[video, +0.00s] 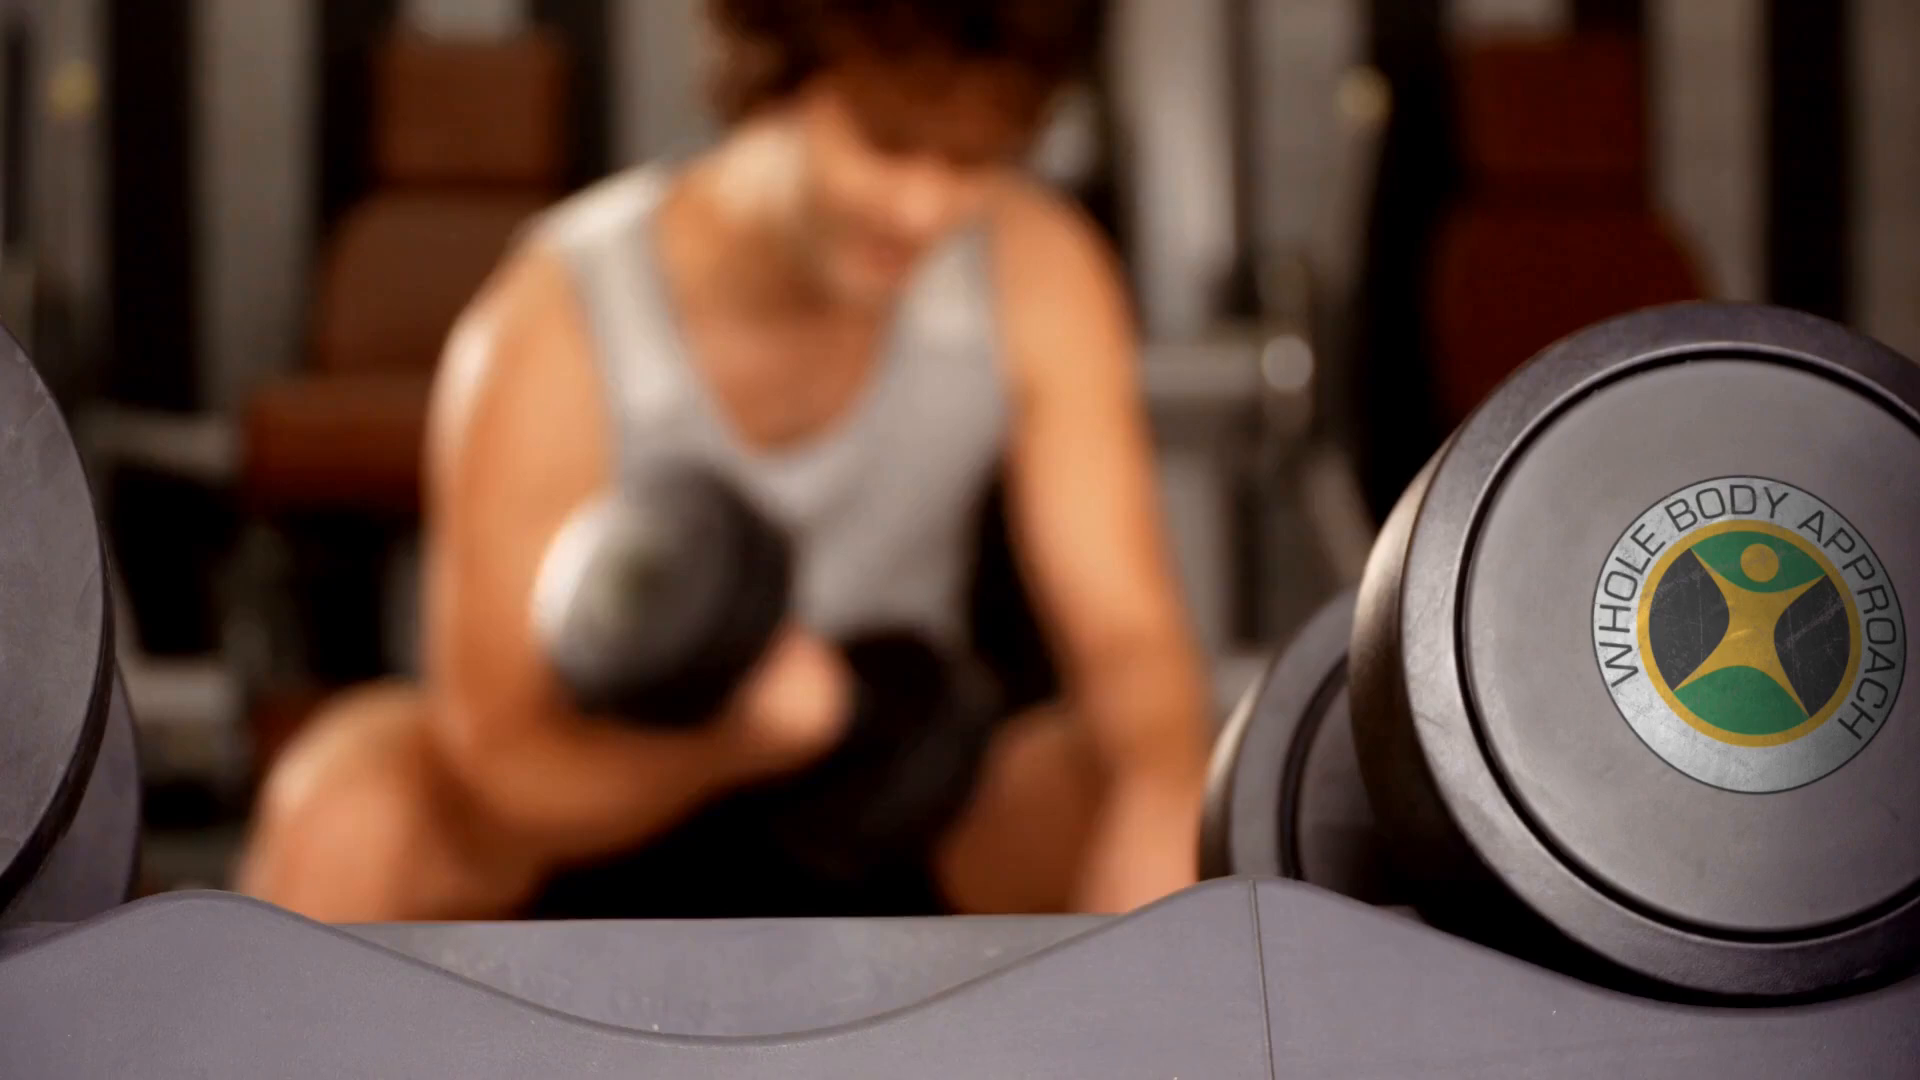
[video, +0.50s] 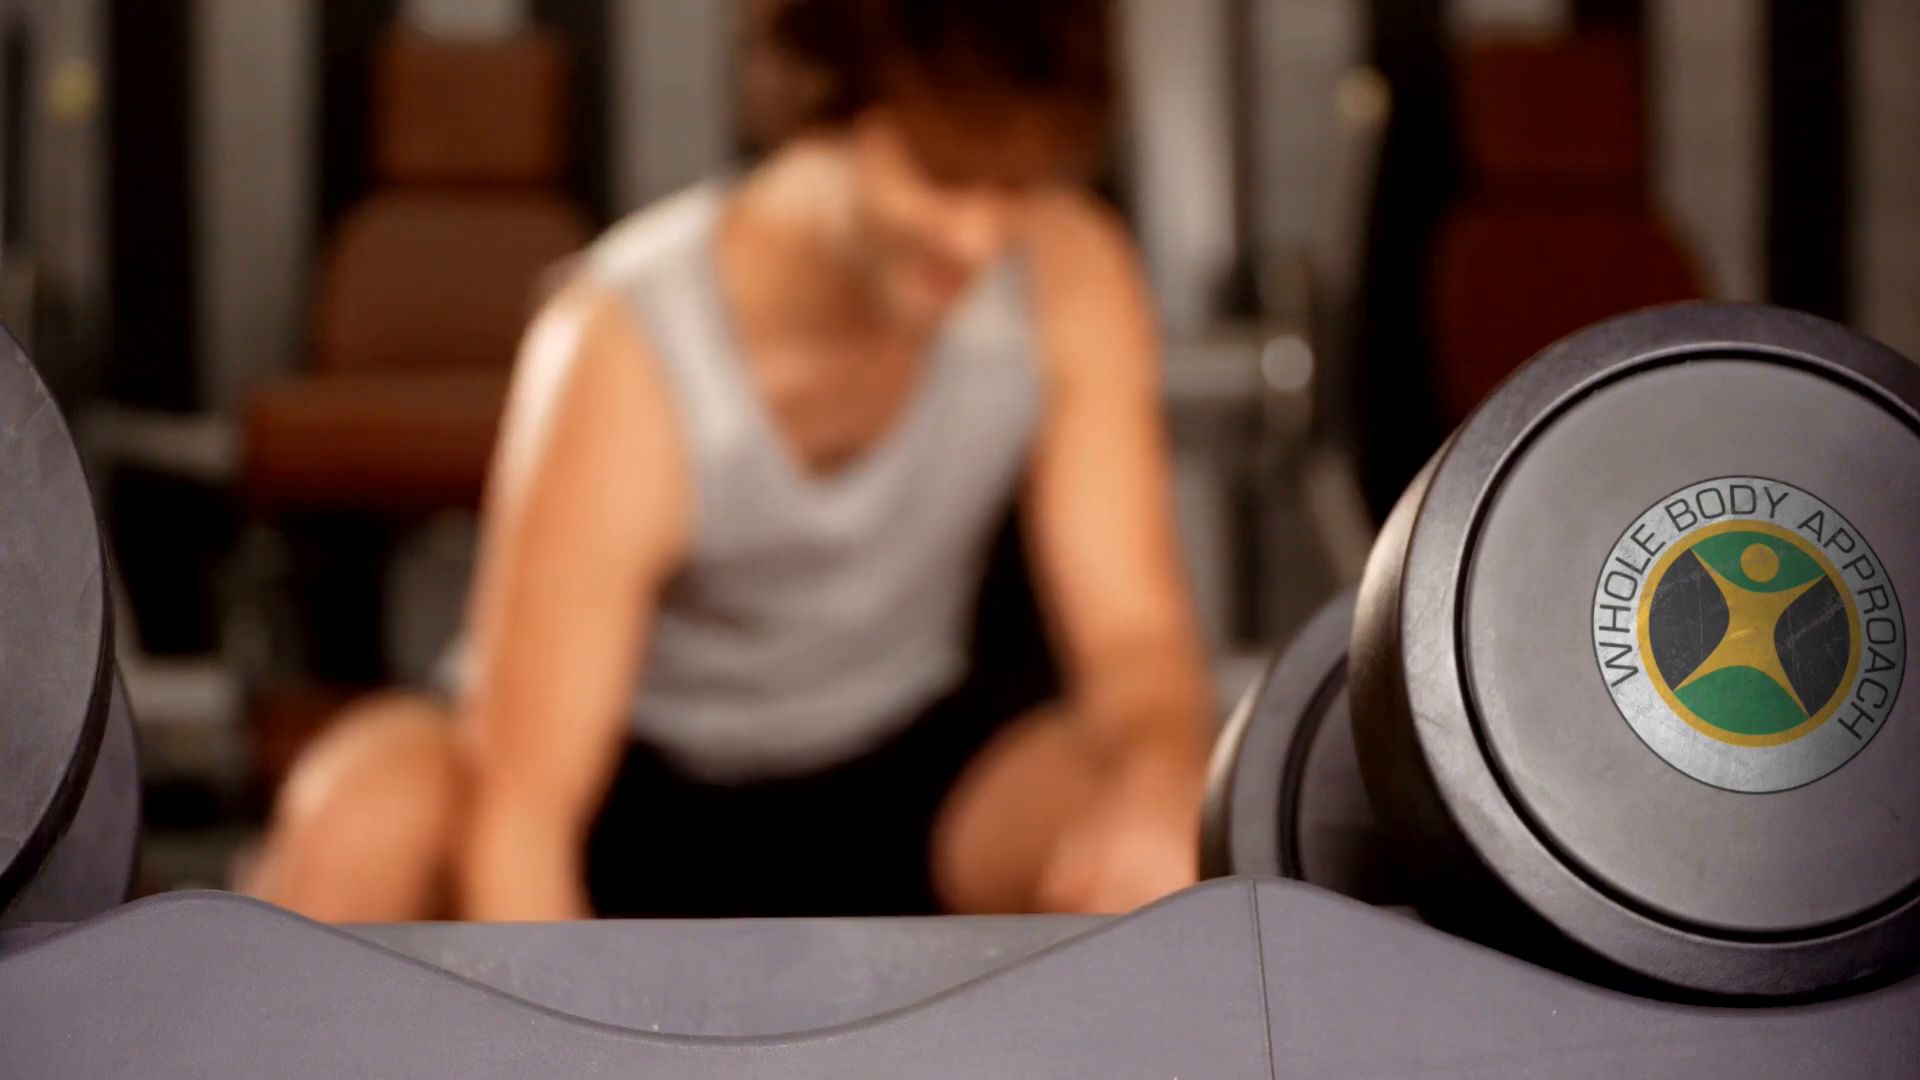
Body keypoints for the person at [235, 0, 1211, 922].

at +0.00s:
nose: (924, 209)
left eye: (975, 163)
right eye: (887, 144)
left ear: (1021, 147)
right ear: (777, 79)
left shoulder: (1031, 263)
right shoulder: (550, 322)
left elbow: (1131, 646)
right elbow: (513, 774)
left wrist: (1155, 832)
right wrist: (743, 738)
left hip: (885, 795)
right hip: (597, 809)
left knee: (1165, 799)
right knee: (345, 802)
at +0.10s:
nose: (934, 205)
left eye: (985, 158)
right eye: (897, 142)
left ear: (1031, 141)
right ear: (786, 81)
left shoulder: (1039, 262)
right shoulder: (566, 313)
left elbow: (1132, 644)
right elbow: (512, 774)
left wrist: (1157, 821)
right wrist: (739, 798)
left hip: (898, 815)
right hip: (619, 818)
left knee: (1170, 783)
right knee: (347, 780)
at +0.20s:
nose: (946, 208)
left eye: (997, 162)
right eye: (911, 144)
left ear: (1040, 147)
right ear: (801, 83)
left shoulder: (1050, 264)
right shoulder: (587, 310)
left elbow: (1130, 642)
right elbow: (509, 753)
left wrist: (1154, 816)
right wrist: (724, 910)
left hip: (905, 766)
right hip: (625, 767)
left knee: (1168, 815)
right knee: (345, 795)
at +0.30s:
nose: (958, 213)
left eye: (1006, 168)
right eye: (924, 151)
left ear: (1047, 149)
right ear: (812, 88)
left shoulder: (1055, 266)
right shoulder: (600, 312)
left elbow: (1132, 646)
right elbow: (511, 775)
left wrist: (1154, 820)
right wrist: (638, 1017)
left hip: (902, 780)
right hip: (625, 787)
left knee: (1158, 814)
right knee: (351, 792)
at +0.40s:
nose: (973, 225)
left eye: (1014, 177)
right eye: (936, 165)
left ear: (1053, 157)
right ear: (826, 108)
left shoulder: (1064, 269)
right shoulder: (617, 329)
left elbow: (1134, 653)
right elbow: (516, 801)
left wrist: (1154, 818)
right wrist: (606, 1055)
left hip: (899, 782)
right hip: (625, 792)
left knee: (1156, 822)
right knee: (358, 794)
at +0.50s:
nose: (977, 238)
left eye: (1014, 188)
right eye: (938, 177)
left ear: (1054, 166)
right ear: (829, 121)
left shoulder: (1064, 269)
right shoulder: (623, 341)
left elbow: (1136, 653)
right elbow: (523, 818)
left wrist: (1152, 817)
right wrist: (577, 1070)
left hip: (898, 783)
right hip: (622, 793)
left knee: (1157, 820)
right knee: (364, 798)